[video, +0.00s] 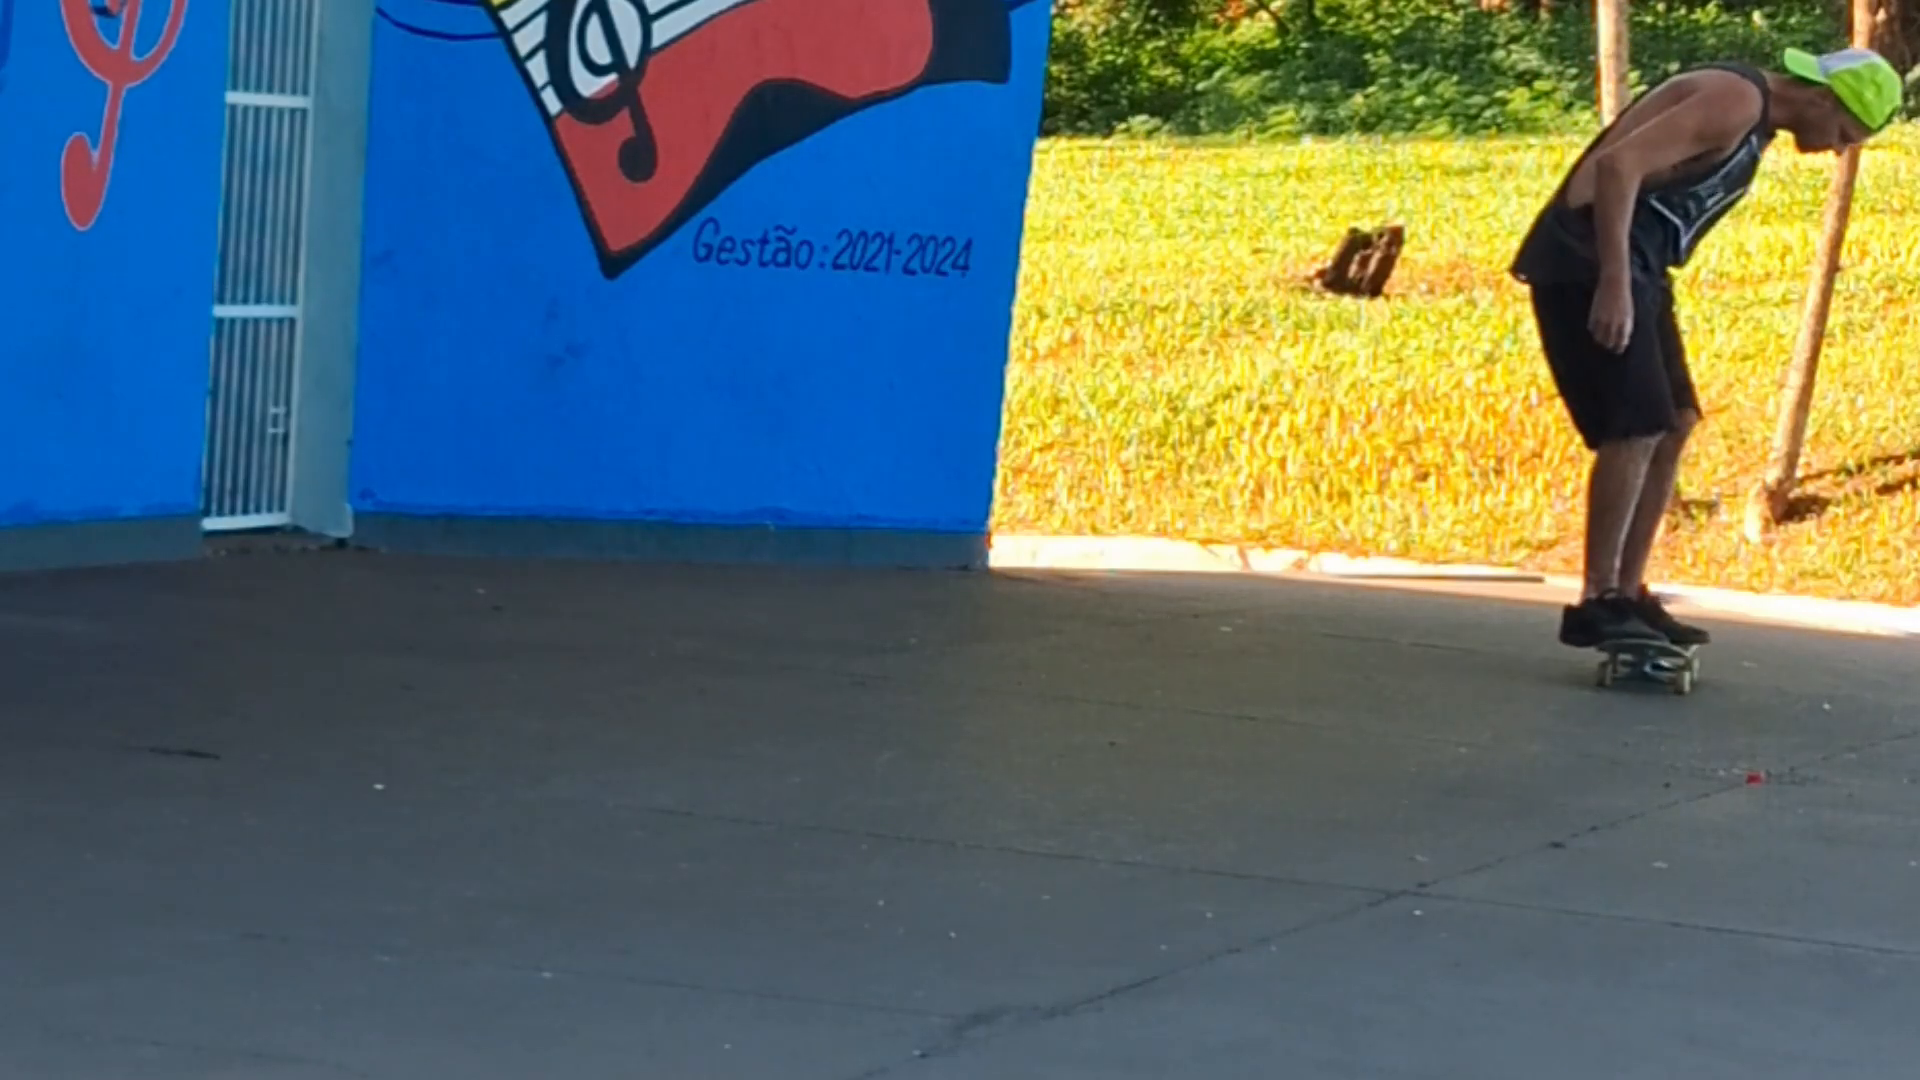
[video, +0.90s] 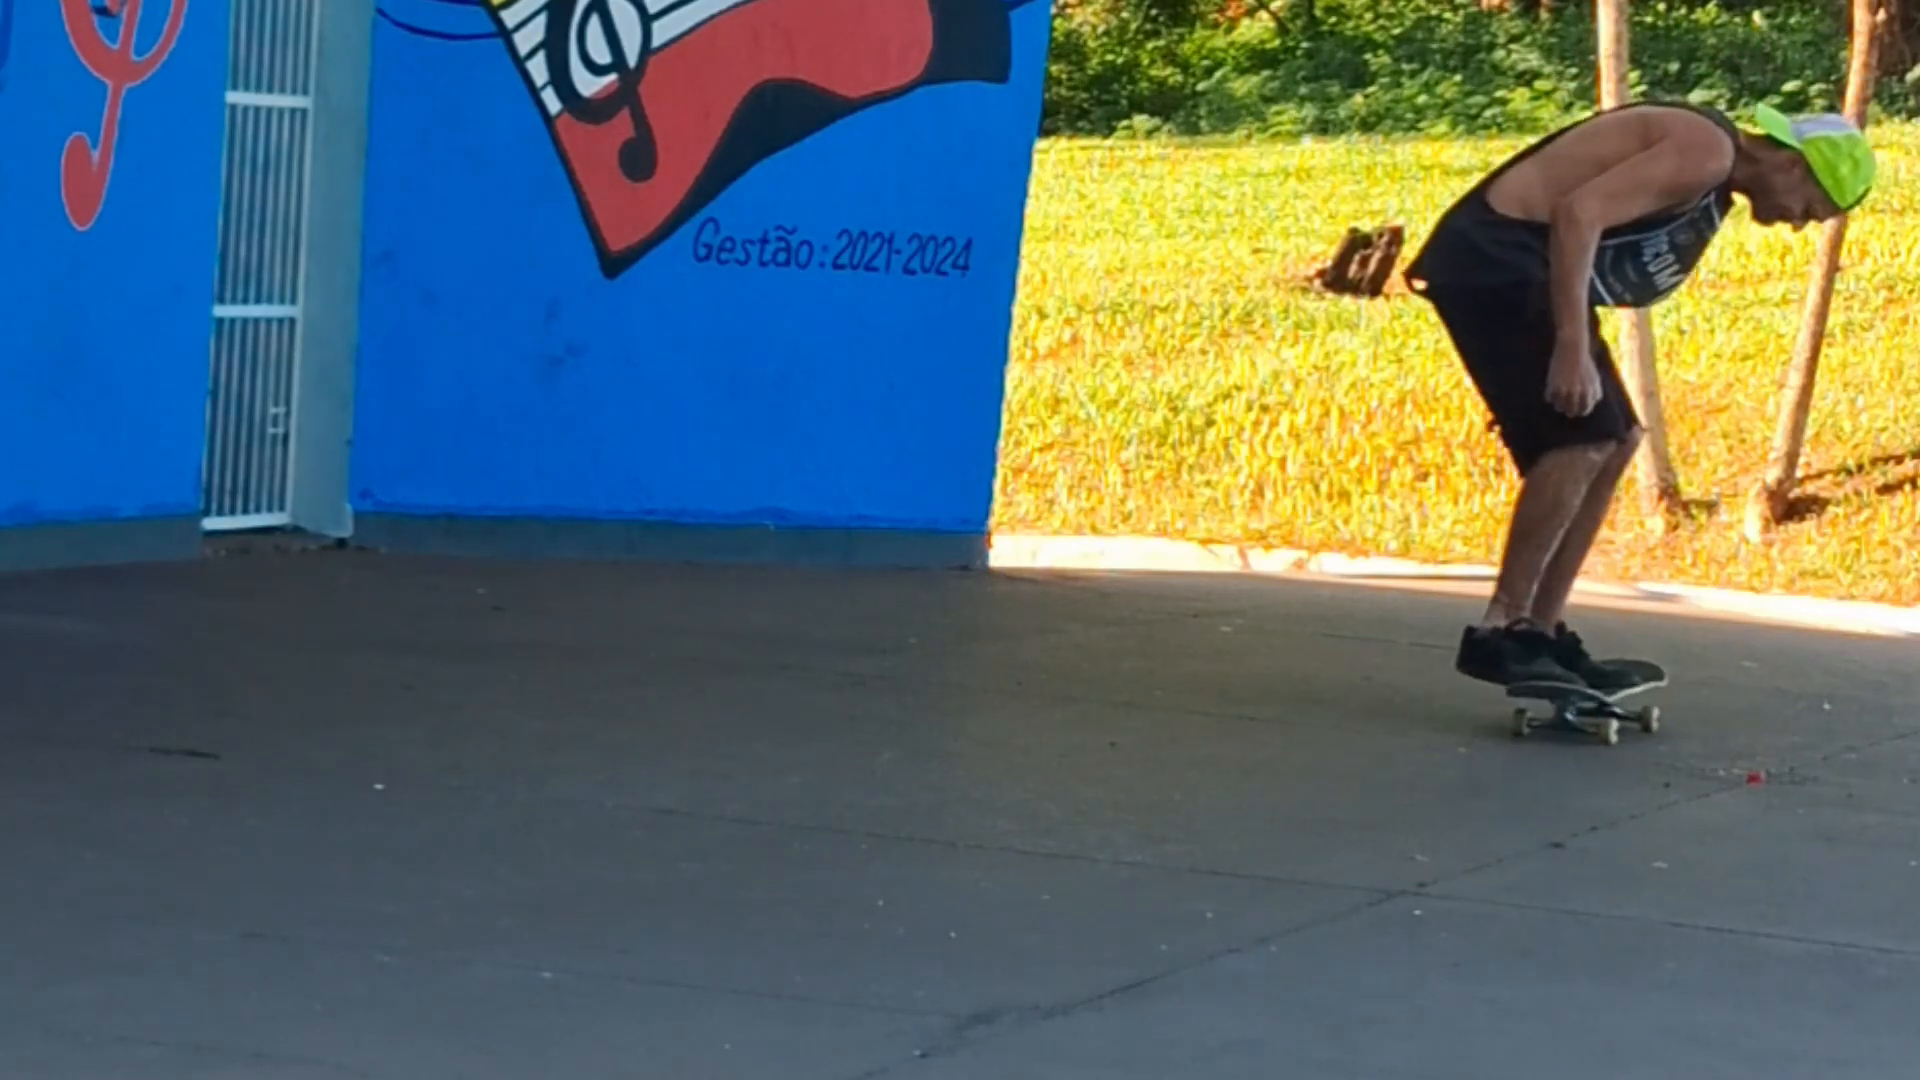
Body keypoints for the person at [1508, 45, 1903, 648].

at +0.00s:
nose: (1835, 151)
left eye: (1848, 145)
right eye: (1845, 137)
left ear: (1824, 98)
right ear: (1828, 98)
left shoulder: (1751, 123)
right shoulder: (1730, 100)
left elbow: (1649, 194)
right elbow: (1617, 163)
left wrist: (1643, 286)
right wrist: (1613, 281)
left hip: (1636, 270)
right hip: (1589, 262)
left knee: (1675, 420)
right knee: (1635, 426)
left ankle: (1626, 594)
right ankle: (1595, 602)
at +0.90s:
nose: (1803, 222)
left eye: (1815, 217)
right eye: (1812, 206)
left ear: (1792, 163)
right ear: (1794, 162)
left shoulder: (1711, 179)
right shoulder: (1703, 152)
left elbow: (1586, 237)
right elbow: (1577, 212)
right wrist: (1571, 348)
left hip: (1531, 267)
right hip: (1491, 257)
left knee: (1615, 438)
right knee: (1578, 441)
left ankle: (1539, 629)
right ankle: (1500, 629)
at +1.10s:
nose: (1776, 238)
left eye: (1790, 233)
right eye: (1787, 222)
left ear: (1773, 182)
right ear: (1771, 178)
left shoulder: (1683, 190)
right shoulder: (1679, 161)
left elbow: (1556, 264)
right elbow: (1547, 227)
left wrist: (1481, 398)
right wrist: (1533, 368)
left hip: (1499, 267)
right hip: (1455, 254)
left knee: (1578, 443)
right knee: (1549, 442)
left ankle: (1500, 640)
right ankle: (1448, 629)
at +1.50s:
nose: (1702, 281)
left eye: (1717, 276)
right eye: (1716, 267)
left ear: (1696, 217)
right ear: (1699, 223)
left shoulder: (1614, 210)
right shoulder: (1608, 205)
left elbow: (1490, 308)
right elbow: (1490, 297)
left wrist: (1424, 480)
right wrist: (1482, 449)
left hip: (1405, 275)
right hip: (1364, 270)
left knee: (1518, 445)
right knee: (1478, 469)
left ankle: (1416, 651)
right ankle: (1351, 641)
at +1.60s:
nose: (1680, 308)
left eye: (1696, 300)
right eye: (1694, 292)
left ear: (1670, 246)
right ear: (1673, 248)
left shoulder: (1586, 248)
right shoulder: (1583, 232)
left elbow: (1495, 366)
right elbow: (1505, 346)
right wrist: (1537, 491)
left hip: (1383, 307)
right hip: (1339, 298)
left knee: (1493, 472)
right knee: (1474, 477)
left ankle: (1391, 657)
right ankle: (1331, 640)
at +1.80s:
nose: (1637, 319)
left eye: (1650, 311)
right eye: (1647, 301)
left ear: (1620, 256)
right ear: (1622, 255)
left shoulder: (1539, 300)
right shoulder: (1529, 251)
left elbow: (1514, 449)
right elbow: (1470, 413)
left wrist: (1538, 574)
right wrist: (1580, 512)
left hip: (1326, 341)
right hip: (1284, 333)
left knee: (1475, 487)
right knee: (1451, 483)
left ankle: (1345, 661)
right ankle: (1285, 642)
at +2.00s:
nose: (1628, 144)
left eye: (1646, 133)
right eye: (1643, 122)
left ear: (1609, 75)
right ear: (1615, 76)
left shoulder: (1513, 110)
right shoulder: (1491, 78)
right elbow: (1320, 101)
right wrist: (1173, 174)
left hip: (1345, 270)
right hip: (1295, 256)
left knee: (1422, 459)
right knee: (1394, 463)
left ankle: (1305, 665)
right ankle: (1239, 649)